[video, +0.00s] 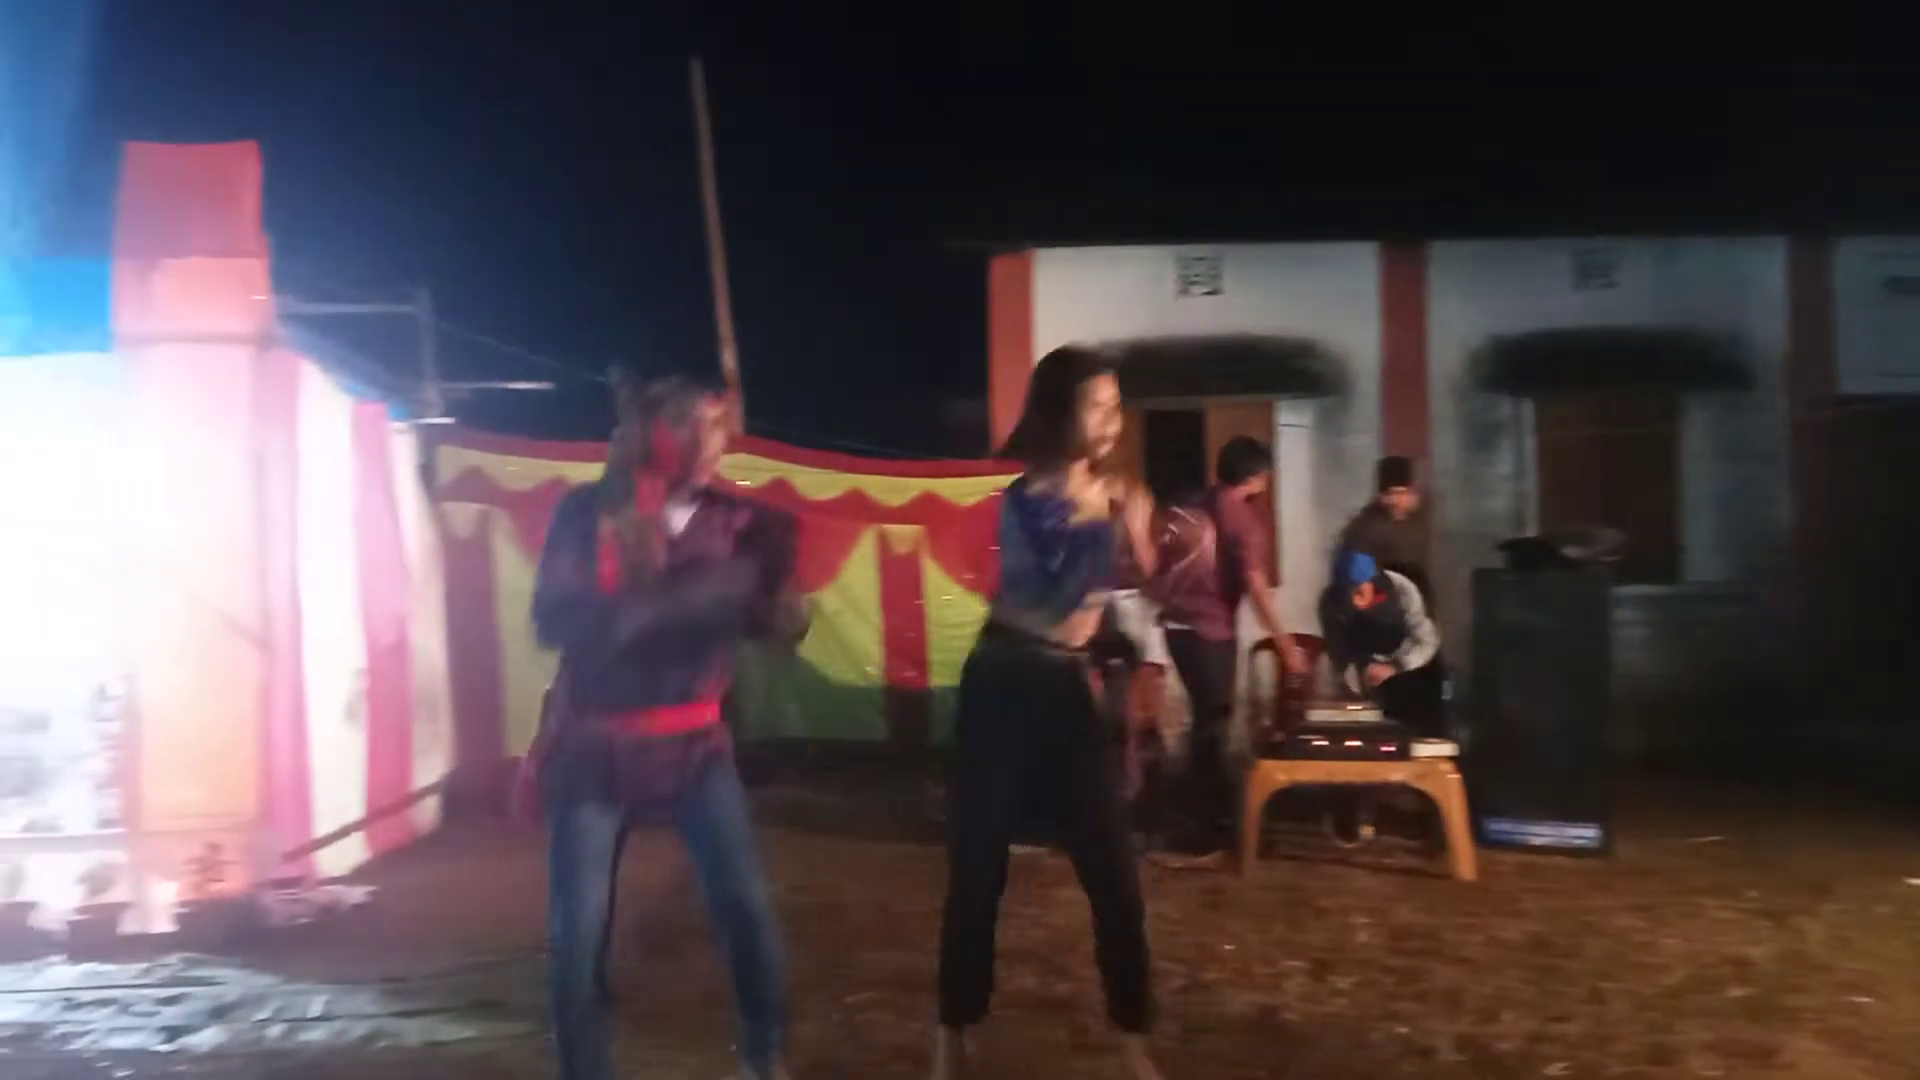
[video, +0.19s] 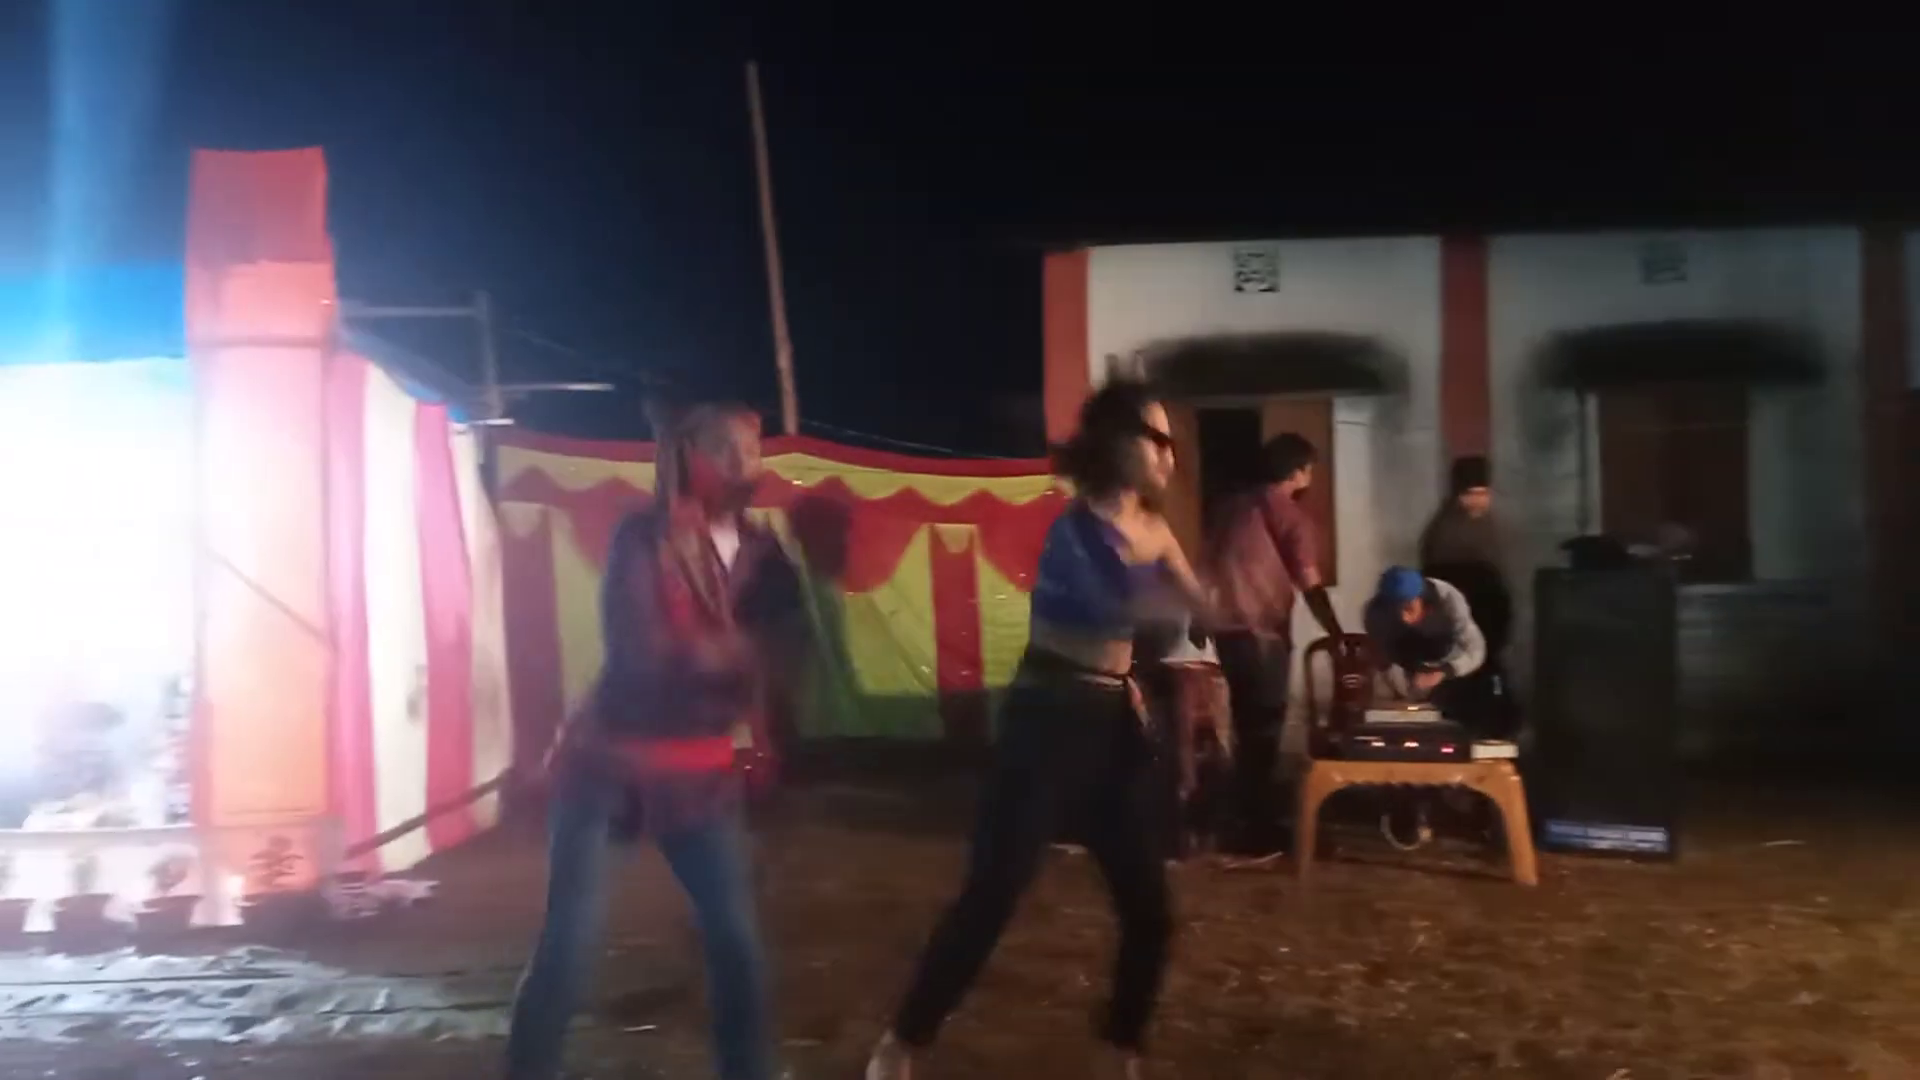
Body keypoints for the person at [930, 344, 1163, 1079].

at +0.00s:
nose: (1110, 422)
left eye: (1114, 408)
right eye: (1096, 409)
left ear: (1118, 414)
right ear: (1057, 415)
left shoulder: (1120, 499)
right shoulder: (1021, 501)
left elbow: (1136, 585)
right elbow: (1015, 601)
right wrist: (1058, 628)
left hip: (1078, 685)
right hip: (1004, 680)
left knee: (1111, 864)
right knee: (979, 866)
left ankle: (1131, 1031)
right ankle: (954, 1032)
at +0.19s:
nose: (1171, 456)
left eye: (1170, 443)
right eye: (1158, 441)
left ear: (1151, 455)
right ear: (1117, 446)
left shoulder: (1154, 532)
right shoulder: (1074, 530)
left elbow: (1190, 621)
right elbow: (1110, 608)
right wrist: (1181, 592)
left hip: (1115, 716)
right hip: (1045, 715)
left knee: (1148, 908)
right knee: (994, 893)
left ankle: (1125, 1054)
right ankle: (899, 1047)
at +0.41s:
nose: (1183, 448)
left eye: (1184, 435)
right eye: (1172, 434)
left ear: (1172, 440)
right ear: (1135, 436)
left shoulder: (1158, 523)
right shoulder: (1092, 513)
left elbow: (1185, 609)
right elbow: (1106, 594)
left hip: (1126, 700)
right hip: (1063, 702)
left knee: (1160, 891)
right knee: (1021, 887)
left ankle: (1150, 1052)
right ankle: (923, 1045)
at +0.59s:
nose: (1170, 461)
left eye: (1174, 446)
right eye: (1156, 448)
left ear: (1179, 450)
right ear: (1121, 453)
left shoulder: (1155, 528)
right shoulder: (1096, 523)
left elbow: (1201, 624)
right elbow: (1080, 639)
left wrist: (1172, 563)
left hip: (1120, 723)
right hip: (1064, 722)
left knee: (1194, 901)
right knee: (1027, 910)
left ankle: (1166, 1047)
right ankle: (944, 1051)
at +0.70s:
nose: (1142, 455)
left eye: (1151, 442)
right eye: (1126, 444)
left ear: (1163, 450)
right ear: (1098, 452)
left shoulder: (1171, 539)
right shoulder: (1069, 537)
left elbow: (1179, 643)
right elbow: (1063, 648)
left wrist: (1225, 653)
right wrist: (1146, 673)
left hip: (1157, 736)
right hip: (1080, 734)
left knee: (1211, 901)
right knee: (1039, 906)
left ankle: (1170, 1042)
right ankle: (948, 1043)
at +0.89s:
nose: (1097, 411)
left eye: (1111, 397)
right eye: (1084, 397)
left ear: (1134, 405)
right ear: (1064, 407)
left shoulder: (1169, 476)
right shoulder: (1050, 485)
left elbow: (1242, 557)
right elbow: (1027, 593)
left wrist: (1193, 494)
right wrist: (1022, 524)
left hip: (1168, 669)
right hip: (1089, 668)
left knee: (1193, 854)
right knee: (1059, 850)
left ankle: (1193, 1022)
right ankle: (1036, 1023)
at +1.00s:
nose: (1081, 421)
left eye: (1093, 405)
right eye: (1070, 408)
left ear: (1123, 405)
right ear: (1056, 411)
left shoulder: (1165, 476)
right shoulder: (1051, 491)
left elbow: (1236, 540)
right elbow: (1018, 593)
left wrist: (1168, 487)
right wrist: (1023, 519)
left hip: (1172, 677)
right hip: (1090, 677)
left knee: (1210, 849)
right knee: (1069, 854)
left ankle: (1266, 1014)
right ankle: (1076, 1023)